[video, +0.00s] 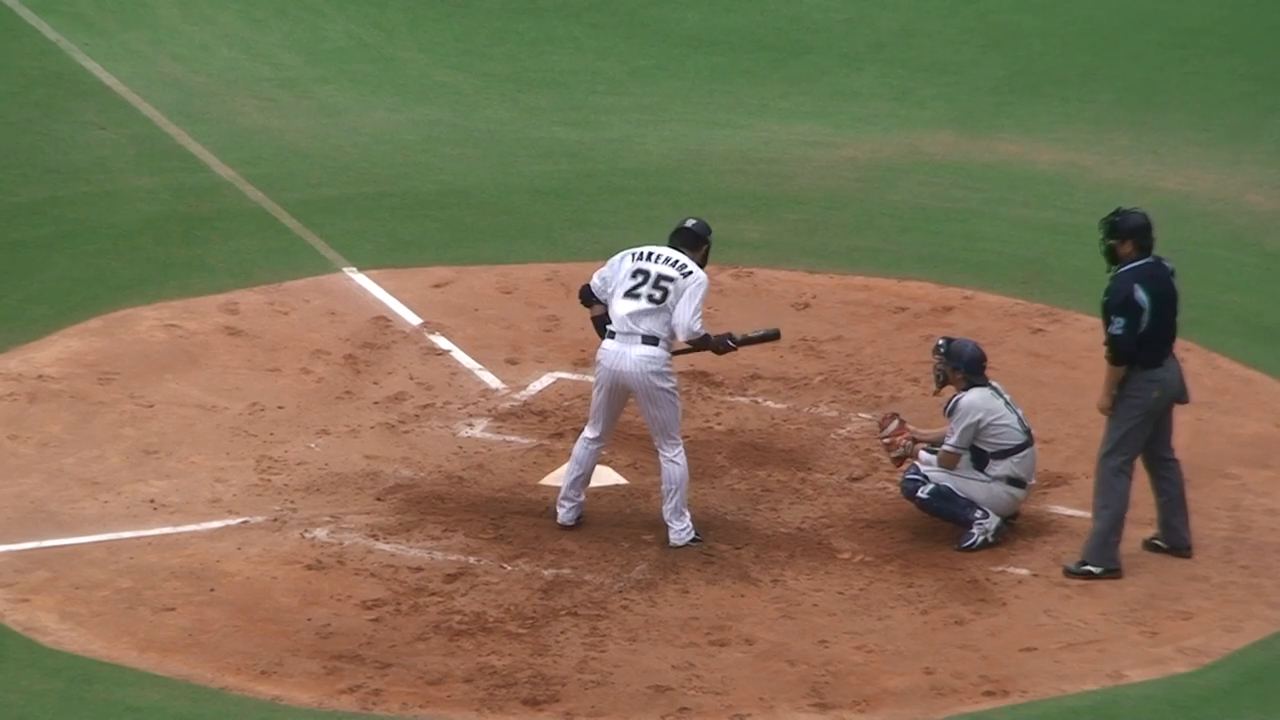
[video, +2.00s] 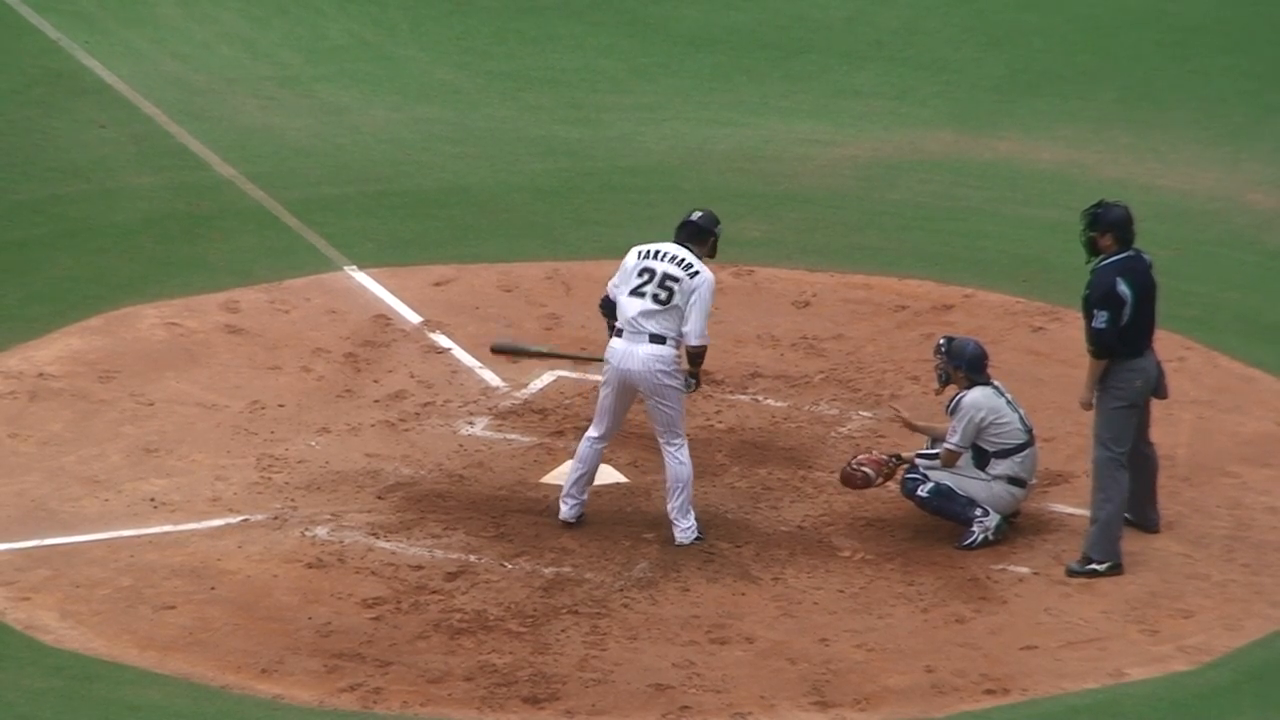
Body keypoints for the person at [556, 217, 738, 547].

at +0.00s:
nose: (707, 256)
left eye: (707, 250)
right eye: (707, 250)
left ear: (672, 240)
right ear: (699, 249)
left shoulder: (630, 255)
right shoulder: (694, 275)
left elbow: (588, 293)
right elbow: (688, 331)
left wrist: (609, 333)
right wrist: (714, 343)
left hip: (610, 352)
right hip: (650, 359)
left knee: (593, 434)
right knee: (670, 447)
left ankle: (567, 509)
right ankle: (679, 529)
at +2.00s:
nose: (713, 247)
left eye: (714, 241)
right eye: (712, 241)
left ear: (679, 232)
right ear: (704, 240)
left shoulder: (639, 252)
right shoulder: (701, 275)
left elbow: (608, 304)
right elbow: (695, 342)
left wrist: (618, 336)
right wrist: (694, 372)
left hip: (619, 348)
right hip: (659, 357)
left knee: (598, 433)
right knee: (673, 443)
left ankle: (569, 507)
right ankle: (684, 528)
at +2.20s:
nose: (716, 242)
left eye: (718, 236)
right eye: (716, 237)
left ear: (683, 228)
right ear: (710, 237)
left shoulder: (646, 250)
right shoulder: (705, 273)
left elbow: (631, 302)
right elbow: (699, 337)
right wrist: (704, 372)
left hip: (623, 347)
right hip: (662, 358)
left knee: (601, 427)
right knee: (676, 443)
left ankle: (569, 501)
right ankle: (684, 528)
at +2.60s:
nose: (681, 227)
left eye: (677, 221)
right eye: (680, 222)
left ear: (647, 220)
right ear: (676, 227)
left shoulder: (625, 248)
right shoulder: (670, 268)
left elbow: (658, 299)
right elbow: (667, 325)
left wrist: (702, 313)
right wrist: (707, 325)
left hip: (609, 351)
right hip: (647, 359)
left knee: (595, 432)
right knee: (668, 441)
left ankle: (566, 510)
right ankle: (682, 527)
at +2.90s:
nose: (648, 221)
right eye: (647, 216)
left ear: (612, 219)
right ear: (646, 221)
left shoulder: (597, 248)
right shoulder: (652, 267)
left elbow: (633, 275)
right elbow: (670, 315)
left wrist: (675, 273)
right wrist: (689, 284)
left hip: (605, 354)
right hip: (645, 359)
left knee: (593, 431)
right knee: (666, 441)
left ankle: (566, 508)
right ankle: (681, 525)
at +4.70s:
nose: (639, 229)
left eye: (640, 225)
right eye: (678, 225)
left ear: (644, 231)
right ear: (677, 231)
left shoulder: (626, 264)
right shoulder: (687, 274)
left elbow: (665, 288)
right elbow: (717, 312)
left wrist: (703, 273)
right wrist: (716, 278)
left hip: (627, 366)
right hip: (668, 371)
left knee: (612, 435)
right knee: (687, 447)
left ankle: (571, 508)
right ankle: (682, 528)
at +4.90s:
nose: (689, 231)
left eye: (655, 225)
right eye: (688, 226)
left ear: (654, 230)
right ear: (688, 232)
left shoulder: (638, 263)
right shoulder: (703, 273)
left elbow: (680, 281)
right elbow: (738, 297)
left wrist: (720, 265)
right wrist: (737, 270)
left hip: (639, 365)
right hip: (680, 372)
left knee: (643, 422)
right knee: (690, 447)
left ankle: (605, 493)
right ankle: (683, 527)